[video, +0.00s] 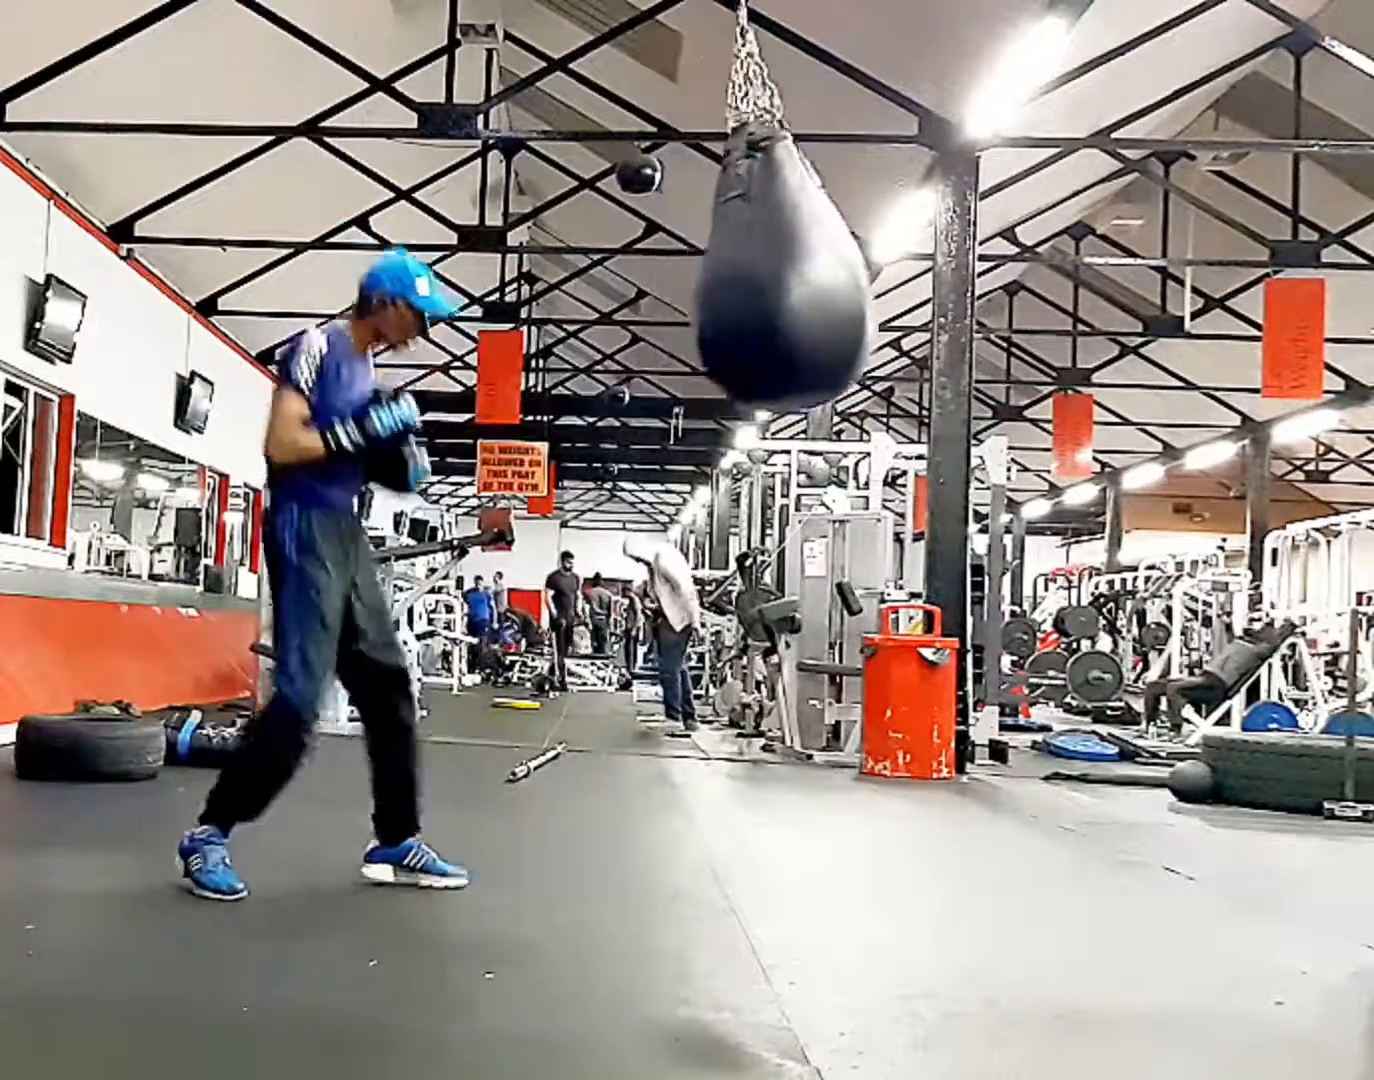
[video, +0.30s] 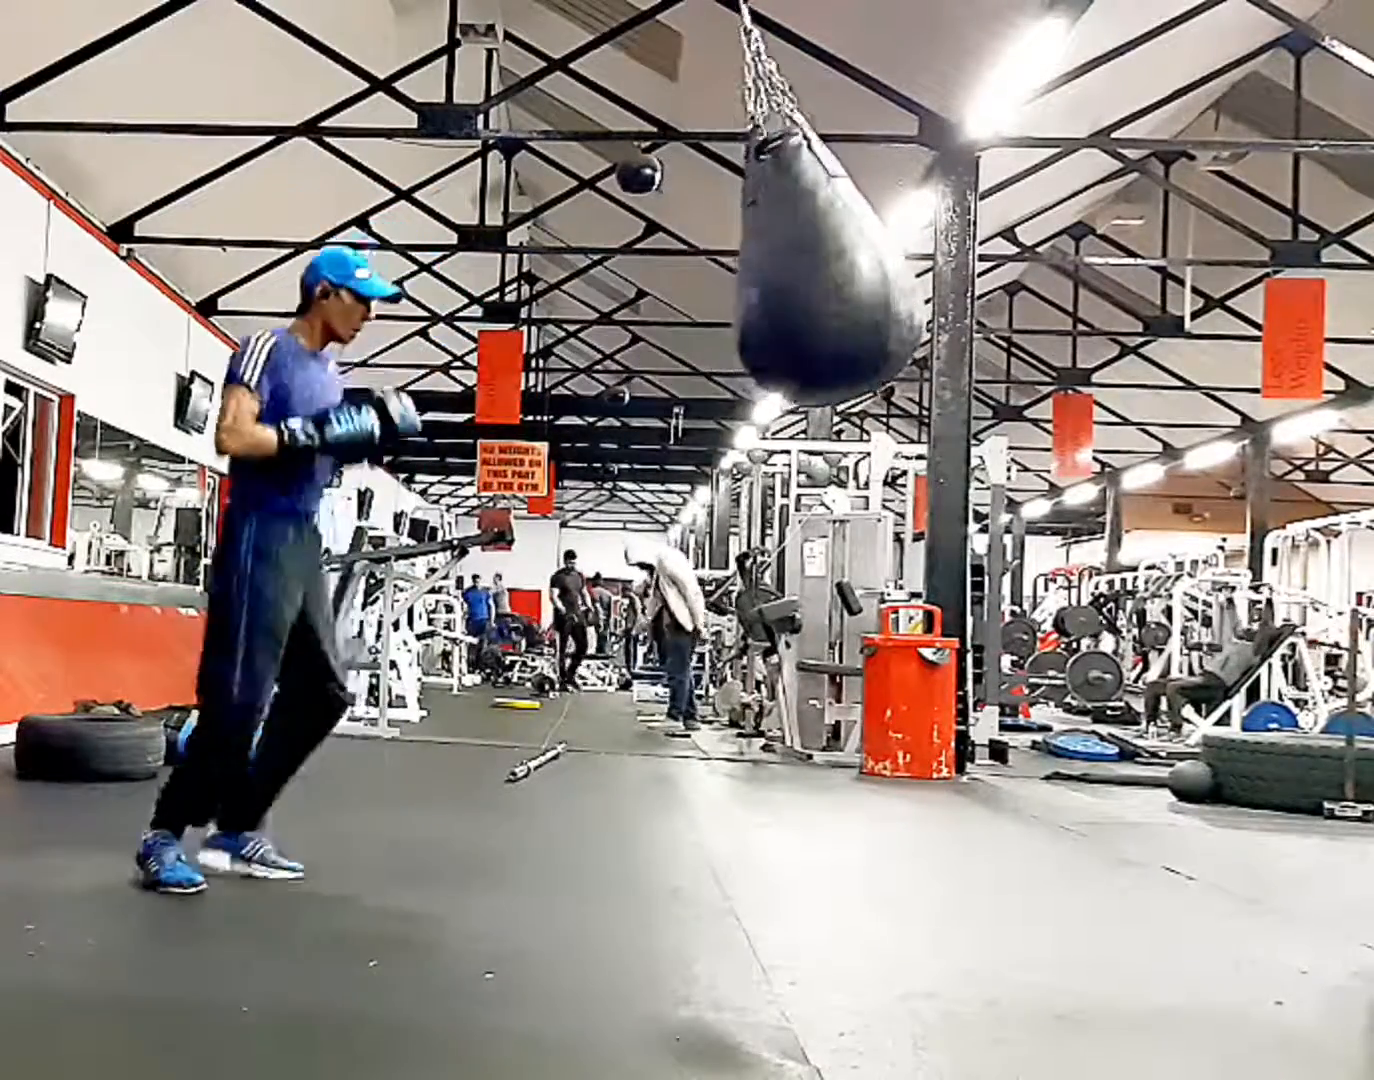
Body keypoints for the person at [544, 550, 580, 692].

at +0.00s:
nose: (570, 565)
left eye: (571, 562)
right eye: (567, 562)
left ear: (573, 563)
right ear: (562, 561)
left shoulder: (576, 578)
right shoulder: (553, 577)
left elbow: (578, 595)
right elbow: (547, 596)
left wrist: (578, 609)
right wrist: (554, 614)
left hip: (571, 616)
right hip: (559, 616)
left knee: (565, 648)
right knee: (560, 649)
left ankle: (552, 674)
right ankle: (562, 680)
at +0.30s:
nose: (571, 563)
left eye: (573, 560)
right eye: (569, 560)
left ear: (575, 561)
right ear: (565, 561)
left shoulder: (580, 576)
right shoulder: (557, 577)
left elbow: (584, 592)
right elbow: (554, 596)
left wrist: (589, 607)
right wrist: (562, 610)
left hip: (578, 613)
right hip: (563, 613)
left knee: (582, 646)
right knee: (562, 647)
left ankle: (571, 674)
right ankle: (563, 677)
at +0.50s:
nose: (577, 565)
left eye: (579, 562)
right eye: (575, 562)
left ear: (582, 562)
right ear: (570, 562)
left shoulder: (586, 577)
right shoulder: (562, 577)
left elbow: (591, 594)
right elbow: (557, 597)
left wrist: (594, 608)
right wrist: (565, 613)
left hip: (583, 615)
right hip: (568, 615)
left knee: (587, 648)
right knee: (565, 649)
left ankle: (590, 679)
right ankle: (563, 680)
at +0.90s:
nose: (597, 565)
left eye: (600, 563)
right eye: (595, 562)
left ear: (603, 563)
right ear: (591, 562)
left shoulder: (605, 579)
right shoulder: (581, 576)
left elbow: (610, 597)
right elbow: (571, 592)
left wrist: (610, 613)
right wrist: (576, 610)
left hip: (599, 617)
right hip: (584, 616)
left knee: (598, 653)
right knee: (578, 650)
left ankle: (599, 684)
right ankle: (567, 681)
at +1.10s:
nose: (602, 565)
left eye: (604, 562)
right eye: (600, 561)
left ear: (608, 562)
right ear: (596, 561)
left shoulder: (612, 579)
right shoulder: (586, 576)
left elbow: (618, 596)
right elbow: (577, 591)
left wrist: (618, 610)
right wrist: (583, 606)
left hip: (605, 616)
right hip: (590, 615)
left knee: (602, 652)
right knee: (587, 651)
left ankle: (600, 684)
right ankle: (584, 682)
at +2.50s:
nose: (596, 568)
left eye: (598, 564)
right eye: (594, 565)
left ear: (604, 562)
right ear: (591, 563)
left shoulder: (614, 574)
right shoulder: (594, 575)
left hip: (605, 619)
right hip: (593, 619)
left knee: (603, 653)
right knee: (594, 652)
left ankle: (603, 684)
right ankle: (600, 683)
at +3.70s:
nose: (588, 565)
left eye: (589, 561)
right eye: (586, 562)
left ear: (595, 558)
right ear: (587, 562)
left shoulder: (606, 570)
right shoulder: (597, 575)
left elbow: (617, 582)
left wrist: (609, 598)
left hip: (606, 616)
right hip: (596, 616)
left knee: (601, 652)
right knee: (594, 652)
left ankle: (603, 685)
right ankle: (594, 683)